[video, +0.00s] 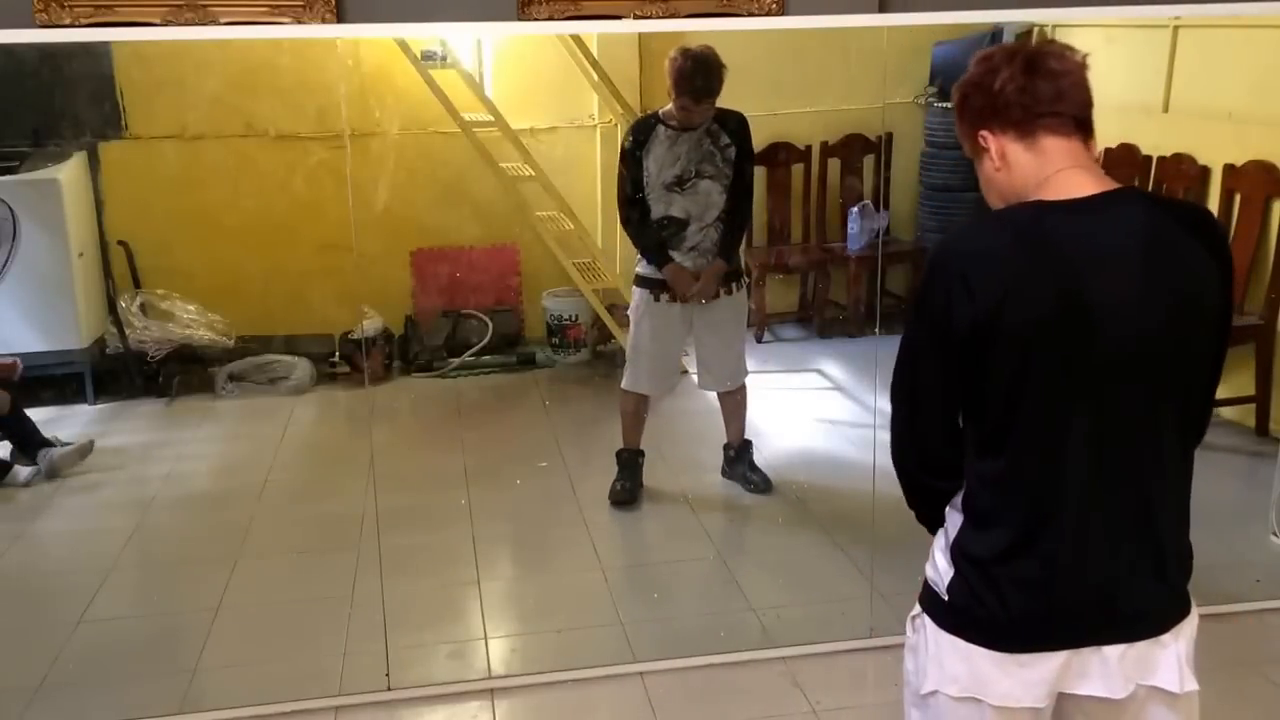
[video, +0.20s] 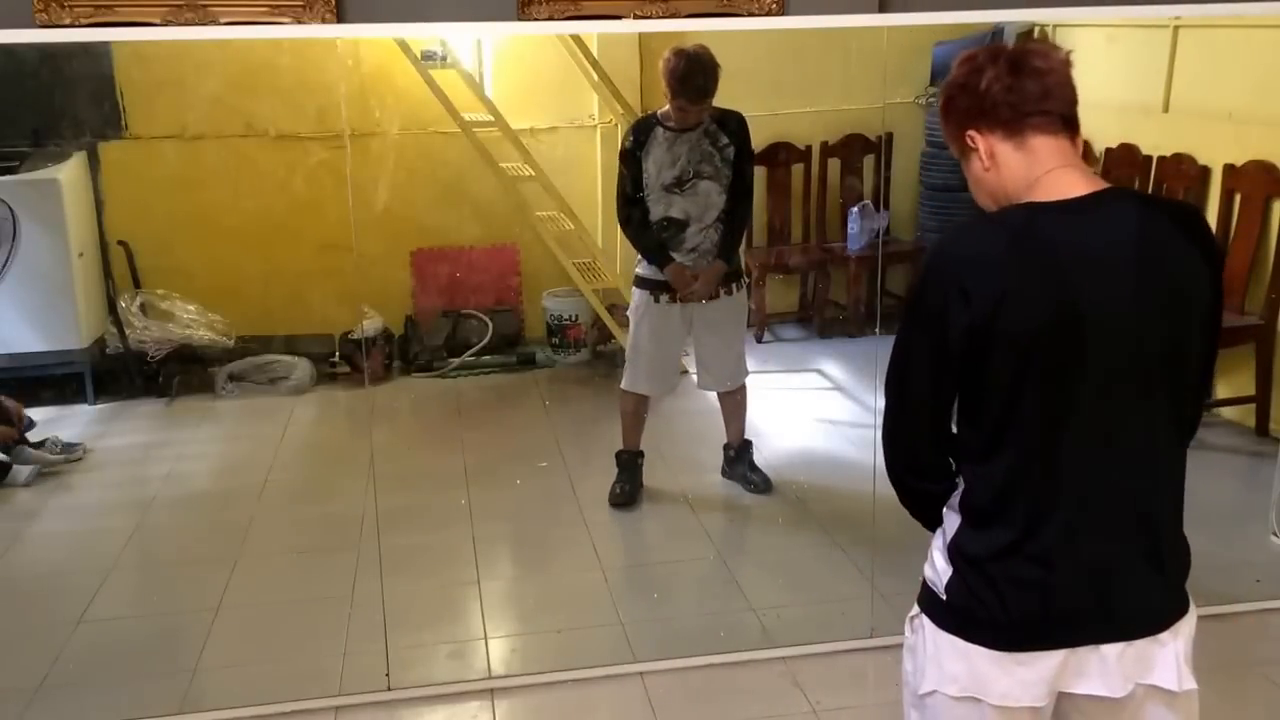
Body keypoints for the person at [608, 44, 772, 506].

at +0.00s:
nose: (691, 116)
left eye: (701, 109)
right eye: (684, 108)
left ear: (716, 96)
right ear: (671, 92)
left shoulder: (733, 127)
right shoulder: (642, 133)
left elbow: (741, 201)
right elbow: (630, 209)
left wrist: (721, 261)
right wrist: (667, 265)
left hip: (721, 277)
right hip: (657, 278)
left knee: (730, 372)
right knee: (639, 375)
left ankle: (737, 456)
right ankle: (629, 465)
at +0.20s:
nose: (689, 116)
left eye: (698, 108)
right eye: (681, 107)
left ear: (712, 95)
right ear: (667, 92)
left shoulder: (732, 127)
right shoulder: (641, 134)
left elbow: (741, 201)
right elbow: (628, 211)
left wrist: (721, 262)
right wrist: (668, 265)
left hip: (720, 277)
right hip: (656, 278)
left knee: (730, 372)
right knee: (639, 376)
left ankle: (736, 456)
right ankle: (628, 466)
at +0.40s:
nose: (692, 115)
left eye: (702, 106)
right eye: (685, 105)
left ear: (715, 94)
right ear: (671, 90)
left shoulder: (733, 128)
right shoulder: (641, 134)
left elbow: (741, 202)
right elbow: (632, 213)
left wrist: (721, 263)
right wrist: (670, 268)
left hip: (720, 278)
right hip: (656, 279)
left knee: (731, 372)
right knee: (639, 376)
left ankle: (736, 456)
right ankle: (628, 466)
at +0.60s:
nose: (693, 114)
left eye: (702, 105)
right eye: (685, 105)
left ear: (717, 92)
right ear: (672, 89)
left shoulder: (733, 128)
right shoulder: (640, 135)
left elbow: (740, 202)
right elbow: (632, 214)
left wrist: (720, 262)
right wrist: (671, 269)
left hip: (719, 279)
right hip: (656, 279)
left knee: (730, 373)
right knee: (638, 378)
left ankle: (736, 456)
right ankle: (628, 465)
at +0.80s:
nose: (689, 105)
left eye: (699, 97)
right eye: (682, 96)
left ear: (715, 88)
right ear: (669, 85)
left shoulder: (732, 129)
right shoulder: (640, 135)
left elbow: (740, 204)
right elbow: (631, 212)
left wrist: (721, 261)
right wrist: (669, 266)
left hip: (719, 279)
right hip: (656, 280)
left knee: (731, 373)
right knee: (638, 379)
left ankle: (736, 456)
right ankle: (628, 465)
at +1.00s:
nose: (689, 90)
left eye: (697, 80)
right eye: (680, 80)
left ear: (710, 77)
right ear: (665, 77)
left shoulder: (732, 129)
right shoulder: (640, 135)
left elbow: (740, 204)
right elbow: (632, 212)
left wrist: (721, 262)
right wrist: (672, 266)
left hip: (720, 279)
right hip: (656, 281)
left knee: (731, 373)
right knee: (638, 378)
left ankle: (736, 456)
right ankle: (628, 465)